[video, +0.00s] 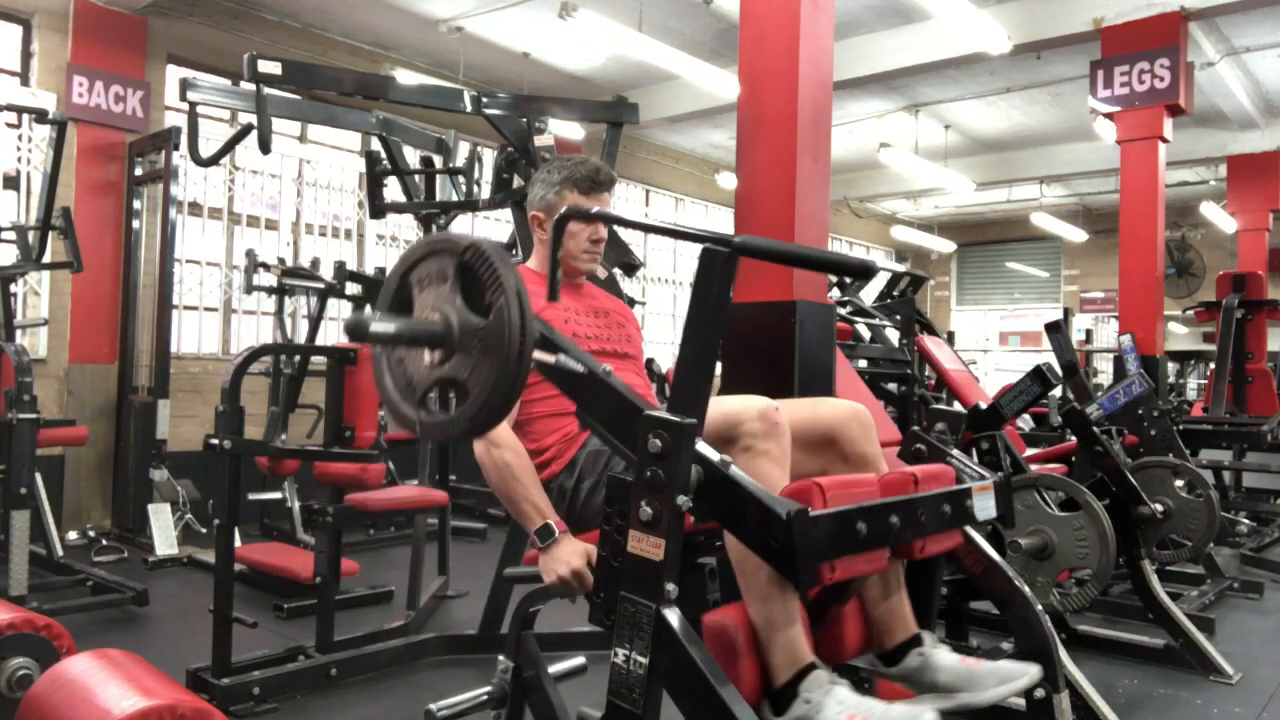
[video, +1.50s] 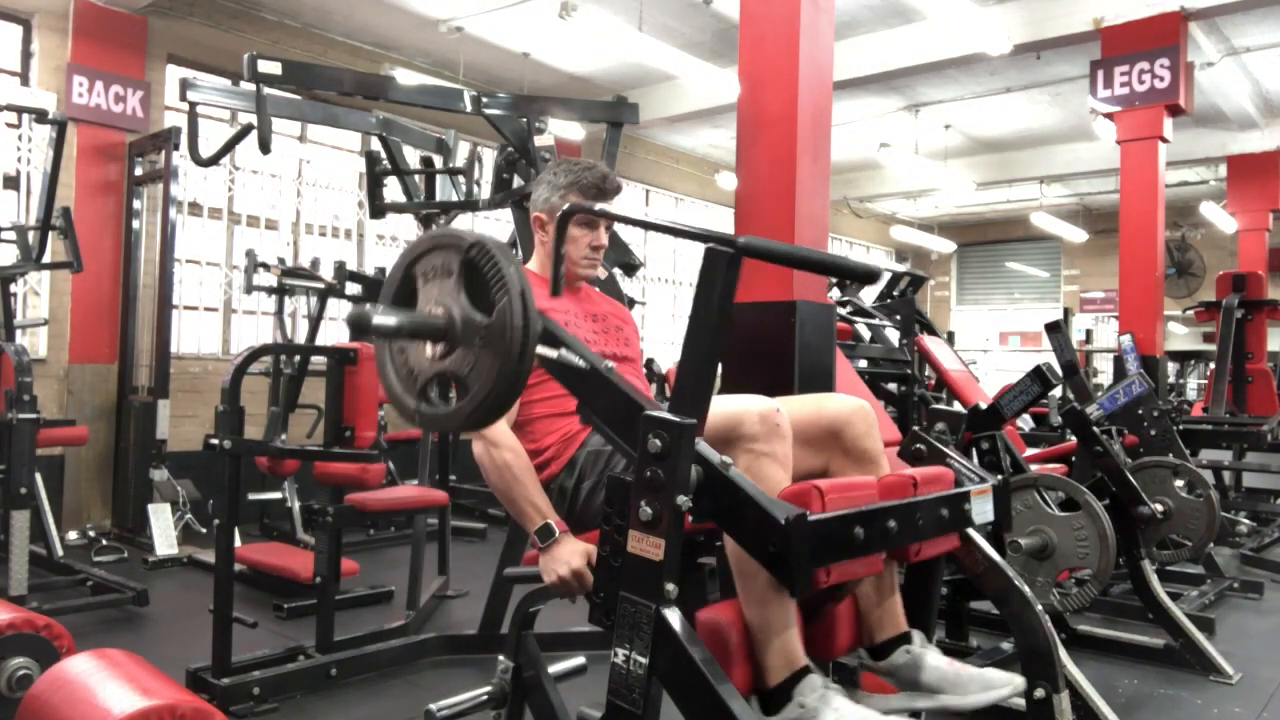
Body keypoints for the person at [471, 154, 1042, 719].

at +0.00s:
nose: (600, 232)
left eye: (604, 220)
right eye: (586, 219)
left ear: (606, 228)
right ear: (539, 223)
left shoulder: (613, 304)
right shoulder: (508, 294)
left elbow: (650, 396)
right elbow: (490, 434)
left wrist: (717, 429)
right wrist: (550, 537)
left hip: (655, 445)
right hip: (586, 468)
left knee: (850, 421)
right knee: (757, 422)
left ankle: (901, 648)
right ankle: (793, 679)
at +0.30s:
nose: (601, 234)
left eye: (606, 222)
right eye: (586, 219)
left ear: (606, 228)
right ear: (541, 222)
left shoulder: (606, 303)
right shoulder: (503, 302)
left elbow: (641, 392)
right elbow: (491, 435)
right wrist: (549, 535)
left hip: (653, 446)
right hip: (584, 469)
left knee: (848, 423)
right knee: (754, 418)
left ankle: (866, 643)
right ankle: (757, 672)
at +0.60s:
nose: (597, 237)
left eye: (603, 224)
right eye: (584, 221)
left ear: (606, 228)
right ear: (540, 220)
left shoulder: (604, 299)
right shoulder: (500, 301)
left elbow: (637, 393)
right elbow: (491, 434)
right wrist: (550, 536)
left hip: (652, 443)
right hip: (585, 464)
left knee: (849, 424)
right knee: (753, 418)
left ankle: (841, 643)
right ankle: (741, 666)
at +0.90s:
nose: (602, 239)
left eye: (607, 226)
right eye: (590, 222)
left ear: (605, 226)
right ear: (547, 216)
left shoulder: (580, 295)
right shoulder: (496, 298)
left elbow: (605, 400)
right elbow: (491, 435)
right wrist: (549, 536)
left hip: (641, 441)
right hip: (583, 463)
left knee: (849, 425)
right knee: (756, 423)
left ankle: (834, 642)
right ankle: (732, 661)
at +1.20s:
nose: (597, 241)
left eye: (600, 227)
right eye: (583, 224)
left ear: (600, 232)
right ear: (537, 224)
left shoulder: (604, 303)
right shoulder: (499, 304)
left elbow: (640, 391)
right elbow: (490, 435)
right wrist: (549, 536)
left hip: (654, 440)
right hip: (587, 463)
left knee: (850, 424)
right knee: (754, 427)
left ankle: (848, 645)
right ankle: (745, 669)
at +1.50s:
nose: (601, 236)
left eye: (606, 223)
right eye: (587, 221)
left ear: (605, 232)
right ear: (541, 225)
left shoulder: (614, 309)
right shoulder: (510, 298)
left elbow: (650, 396)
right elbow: (488, 434)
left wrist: (711, 425)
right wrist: (551, 537)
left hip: (655, 446)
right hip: (587, 468)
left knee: (851, 421)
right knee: (757, 423)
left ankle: (891, 646)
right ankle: (785, 681)